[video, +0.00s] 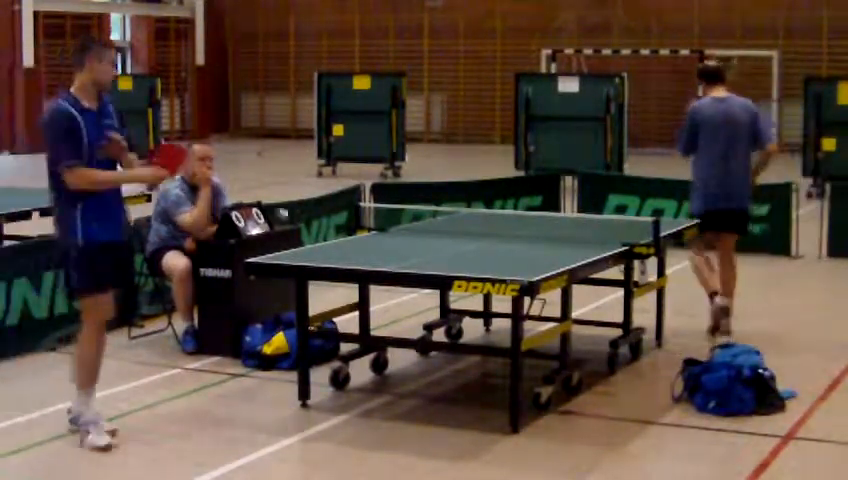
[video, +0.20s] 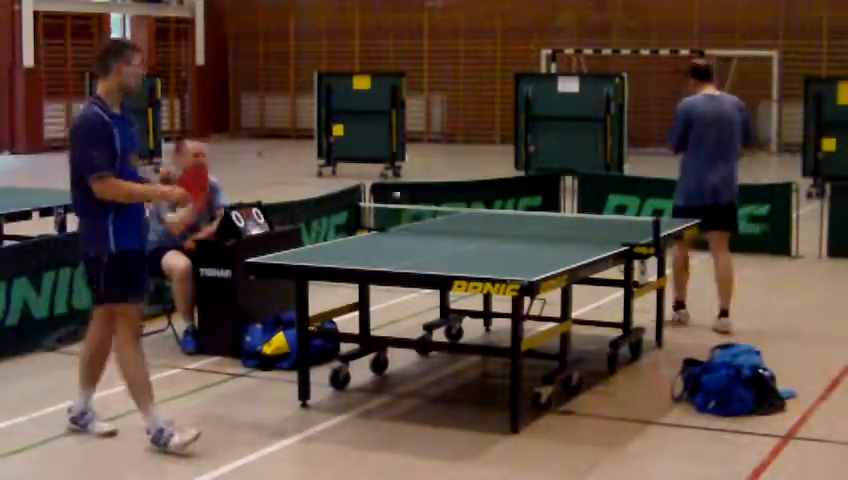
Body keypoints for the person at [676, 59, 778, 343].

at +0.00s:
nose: (700, 89)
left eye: (699, 86)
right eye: (703, 85)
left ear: (702, 84)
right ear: (724, 81)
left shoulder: (698, 109)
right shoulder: (747, 107)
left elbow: (686, 148)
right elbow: (769, 147)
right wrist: (754, 173)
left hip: (707, 193)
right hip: (738, 192)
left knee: (698, 250)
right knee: (727, 253)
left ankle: (715, 295)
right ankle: (724, 315)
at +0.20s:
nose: (688, 84)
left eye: (689, 80)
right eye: (691, 79)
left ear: (693, 79)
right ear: (714, 77)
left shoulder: (688, 106)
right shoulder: (735, 105)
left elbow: (677, 145)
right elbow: (746, 140)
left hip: (691, 191)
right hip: (724, 192)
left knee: (681, 247)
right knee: (722, 249)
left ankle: (680, 307)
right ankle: (724, 314)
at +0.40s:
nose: (667, 89)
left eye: (669, 83)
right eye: (668, 83)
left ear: (679, 83)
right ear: (694, 82)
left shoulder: (672, 110)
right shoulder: (714, 108)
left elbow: (661, 155)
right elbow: (722, 144)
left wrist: (679, 164)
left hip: (678, 194)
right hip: (709, 194)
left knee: (672, 248)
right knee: (703, 246)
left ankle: (674, 305)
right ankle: (720, 295)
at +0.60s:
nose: (652, 87)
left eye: (654, 82)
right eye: (651, 82)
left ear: (669, 80)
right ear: (675, 79)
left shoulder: (671, 107)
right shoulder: (701, 105)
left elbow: (660, 150)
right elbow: (707, 146)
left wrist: (646, 145)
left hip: (671, 189)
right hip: (697, 187)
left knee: (670, 245)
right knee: (679, 239)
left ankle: (673, 304)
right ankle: (700, 279)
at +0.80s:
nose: (643, 88)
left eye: (645, 83)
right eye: (642, 83)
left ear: (658, 81)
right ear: (661, 79)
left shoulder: (676, 108)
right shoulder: (674, 105)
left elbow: (678, 152)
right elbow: (670, 149)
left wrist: (654, 176)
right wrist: (652, 173)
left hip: (674, 191)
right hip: (672, 189)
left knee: (667, 246)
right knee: (666, 245)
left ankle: (673, 302)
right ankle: (668, 297)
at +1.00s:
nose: (642, 102)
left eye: (644, 96)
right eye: (639, 97)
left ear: (656, 91)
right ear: (645, 93)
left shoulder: (678, 110)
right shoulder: (652, 110)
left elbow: (690, 154)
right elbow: (652, 151)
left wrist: (672, 184)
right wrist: (641, 177)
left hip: (676, 188)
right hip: (655, 186)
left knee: (674, 241)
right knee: (659, 242)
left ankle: (675, 299)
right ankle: (662, 293)